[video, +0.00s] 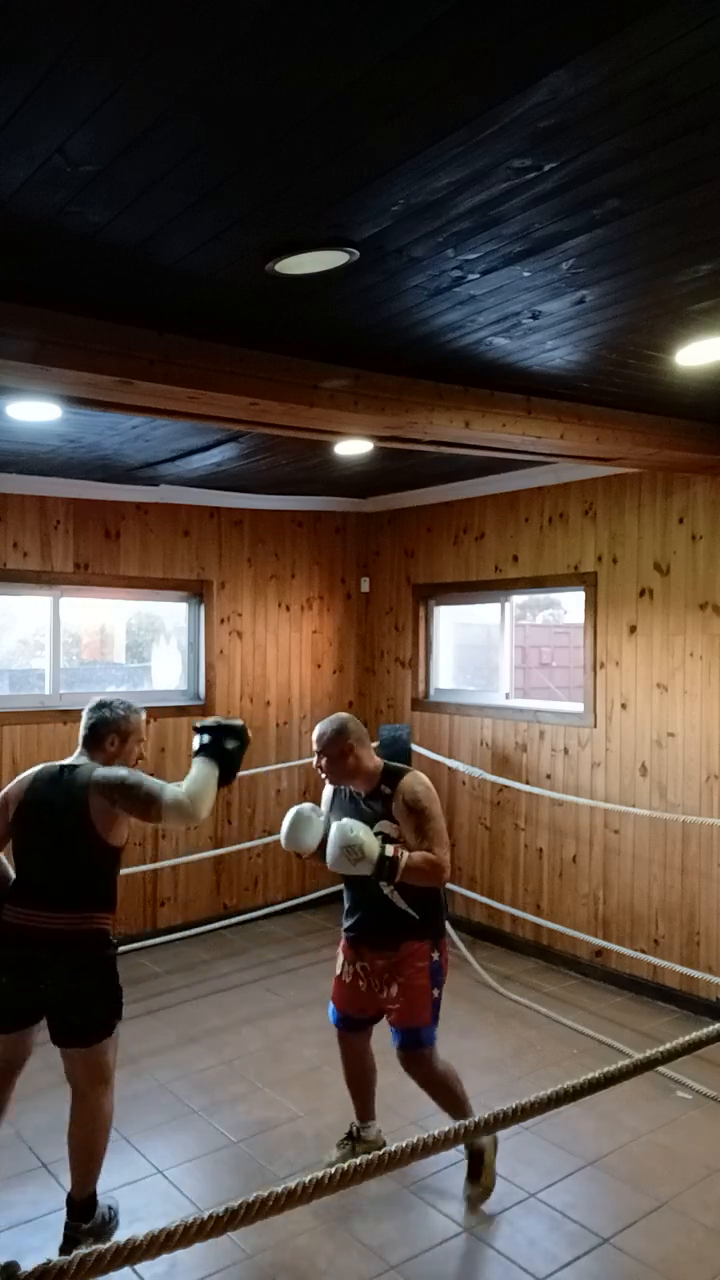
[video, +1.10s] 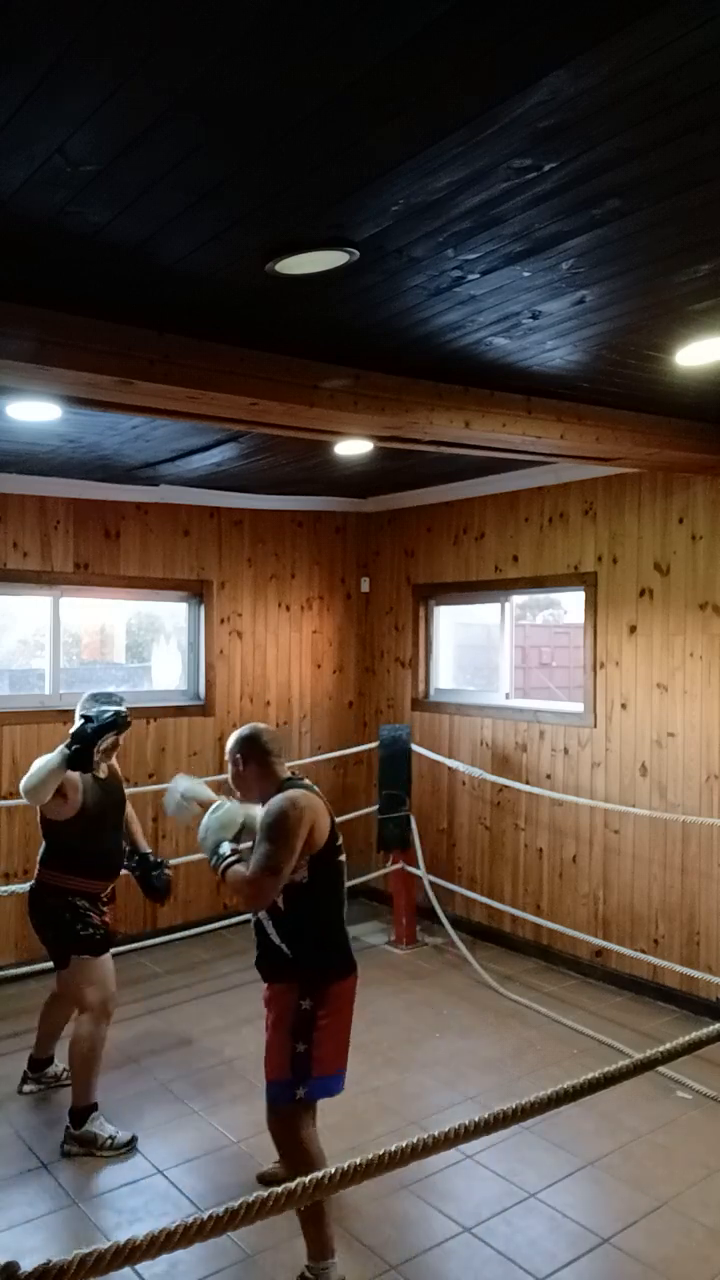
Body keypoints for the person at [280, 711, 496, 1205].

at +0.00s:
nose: (320, 768)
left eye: (325, 758)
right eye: (317, 759)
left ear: (354, 749)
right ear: (336, 755)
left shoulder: (412, 788)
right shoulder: (336, 791)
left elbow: (439, 868)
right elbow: (338, 856)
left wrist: (378, 853)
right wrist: (310, 839)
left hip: (415, 940)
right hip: (361, 935)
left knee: (415, 1055)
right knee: (349, 1030)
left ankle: (478, 1137)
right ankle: (366, 1132)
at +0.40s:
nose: (299, 774)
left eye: (303, 763)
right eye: (298, 764)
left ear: (327, 758)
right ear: (335, 753)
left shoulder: (372, 805)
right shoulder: (349, 798)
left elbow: (360, 891)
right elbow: (351, 859)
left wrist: (308, 871)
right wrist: (319, 848)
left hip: (396, 964)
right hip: (351, 955)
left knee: (403, 1087)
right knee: (318, 1038)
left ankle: (453, 1212)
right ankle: (332, 1147)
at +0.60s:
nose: (289, 771)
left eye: (293, 761)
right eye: (288, 762)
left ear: (314, 759)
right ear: (334, 753)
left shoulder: (332, 806)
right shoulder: (363, 791)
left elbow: (275, 880)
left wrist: (255, 842)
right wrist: (288, 829)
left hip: (357, 974)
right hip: (339, 962)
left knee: (353, 1109)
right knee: (299, 1038)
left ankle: (423, 1237)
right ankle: (315, 1158)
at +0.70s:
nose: (278, 775)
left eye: (282, 764)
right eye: (279, 765)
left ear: (300, 764)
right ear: (327, 758)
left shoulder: (313, 812)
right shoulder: (355, 800)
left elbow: (244, 861)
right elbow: (284, 845)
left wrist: (231, 813)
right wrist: (262, 810)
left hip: (346, 984)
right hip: (326, 970)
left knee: (368, 1120)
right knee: (276, 1033)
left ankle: (434, 1251)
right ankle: (295, 1148)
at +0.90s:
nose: (248, 771)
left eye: (254, 762)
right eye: (249, 763)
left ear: (282, 760)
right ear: (285, 758)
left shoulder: (311, 799)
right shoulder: (283, 797)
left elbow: (266, 877)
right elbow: (208, 772)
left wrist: (242, 828)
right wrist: (159, 732)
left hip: (335, 972)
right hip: (305, 966)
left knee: (315, 1112)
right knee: (289, 1060)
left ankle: (349, 1252)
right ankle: (303, 1154)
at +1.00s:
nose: (239, 778)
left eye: (241, 768)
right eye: (239, 769)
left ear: (259, 764)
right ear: (276, 757)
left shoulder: (303, 801)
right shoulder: (278, 799)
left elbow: (267, 880)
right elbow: (197, 771)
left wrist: (236, 842)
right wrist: (146, 735)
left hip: (326, 977)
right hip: (298, 969)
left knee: (300, 1118)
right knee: (288, 1073)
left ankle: (320, 1260)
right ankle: (299, 1158)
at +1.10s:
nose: (230, 778)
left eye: (231, 768)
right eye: (229, 769)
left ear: (246, 764)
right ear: (270, 756)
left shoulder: (290, 807)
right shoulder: (292, 798)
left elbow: (256, 891)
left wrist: (225, 861)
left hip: (309, 984)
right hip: (301, 977)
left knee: (292, 1123)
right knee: (292, 1088)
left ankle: (321, 1263)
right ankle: (294, 1164)